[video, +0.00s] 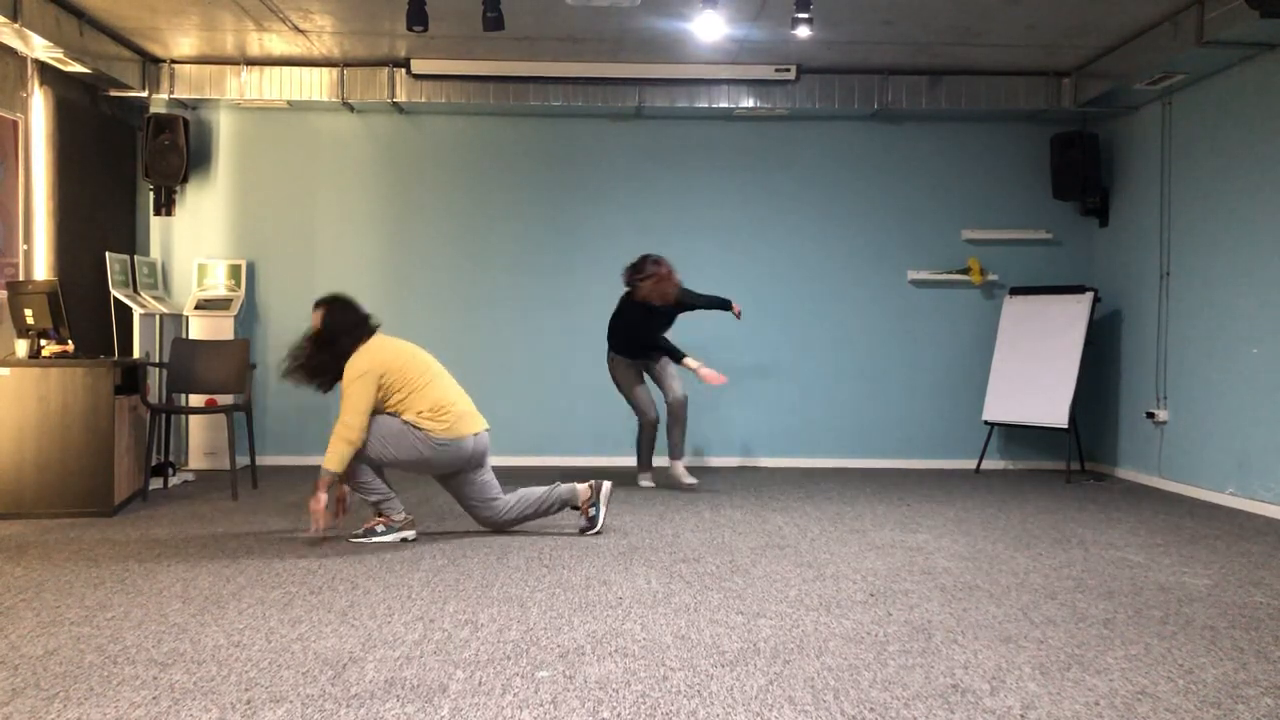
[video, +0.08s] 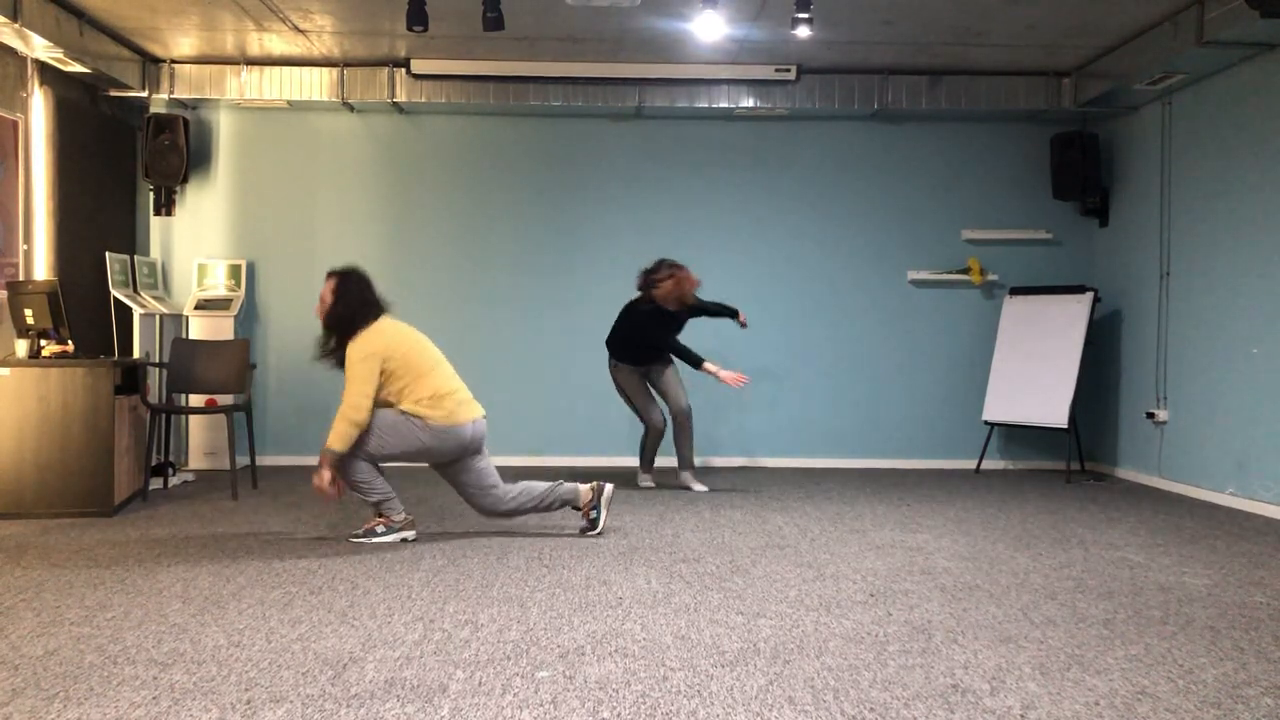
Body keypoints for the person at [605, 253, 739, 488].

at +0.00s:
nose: (668, 287)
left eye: (667, 281)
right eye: (661, 282)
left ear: (669, 280)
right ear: (647, 285)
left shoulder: (674, 297)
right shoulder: (631, 307)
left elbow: (700, 301)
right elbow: (656, 341)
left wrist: (730, 306)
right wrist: (695, 366)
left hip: (655, 353)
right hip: (624, 358)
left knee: (678, 398)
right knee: (649, 416)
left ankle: (676, 465)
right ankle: (644, 473)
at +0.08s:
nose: (690, 291)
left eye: (687, 286)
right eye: (684, 286)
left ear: (676, 289)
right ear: (671, 290)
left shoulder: (682, 305)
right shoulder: (642, 311)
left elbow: (708, 308)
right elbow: (675, 347)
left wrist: (736, 314)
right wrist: (716, 371)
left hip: (658, 360)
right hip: (626, 365)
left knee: (682, 410)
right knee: (656, 422)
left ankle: (685, 474)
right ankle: (645, 473)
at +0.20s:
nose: (698, 308)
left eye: (701, 302)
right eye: (692, 303)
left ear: (707, 302)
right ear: (676, 302)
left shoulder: (691, 319)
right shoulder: (665, 323)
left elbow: (712, 335)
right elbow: (694, 359)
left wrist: (739, 354)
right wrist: (730, 385)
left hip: (657, 367)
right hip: (626, 372)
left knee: (688, 415)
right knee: (658, 431)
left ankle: (685, 475)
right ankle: (627, 463)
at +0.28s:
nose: (697, 310)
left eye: (700, 305)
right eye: (692, 304)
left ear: (704, 305)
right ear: (676, 301)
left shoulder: (689, 324)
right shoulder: (666, 320)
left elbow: (709, 346)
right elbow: (692, 355)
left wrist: (734, 372)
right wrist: (719, 384)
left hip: (652, 366)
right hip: (621, 369)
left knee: (685, 417)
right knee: (651, 426)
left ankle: (685, 476)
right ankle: (614, 471)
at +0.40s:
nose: (689, 304)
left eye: (694, 299)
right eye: (684, 297)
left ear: (698, 301)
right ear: (669, 293)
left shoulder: (684, 323)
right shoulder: (655, 305)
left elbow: (700, 355)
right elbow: (675, 346)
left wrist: (718, 393)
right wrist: (703, 384)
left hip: (630, 358)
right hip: (600, 355)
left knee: (667, 410)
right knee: (627, 419)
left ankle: (661, 471)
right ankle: (597, 484)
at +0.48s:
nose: (684, 300)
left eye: (690, 295)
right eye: (679, 293)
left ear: (695, 296)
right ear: (665, 289)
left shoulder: (683, 321)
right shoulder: (651, 303)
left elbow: (693, 359)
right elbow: (663, 346)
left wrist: (705, 403)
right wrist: (690, 389)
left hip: (621, 354)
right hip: (594, 348)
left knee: (651, 411)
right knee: (625, 413)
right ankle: (590, 478)